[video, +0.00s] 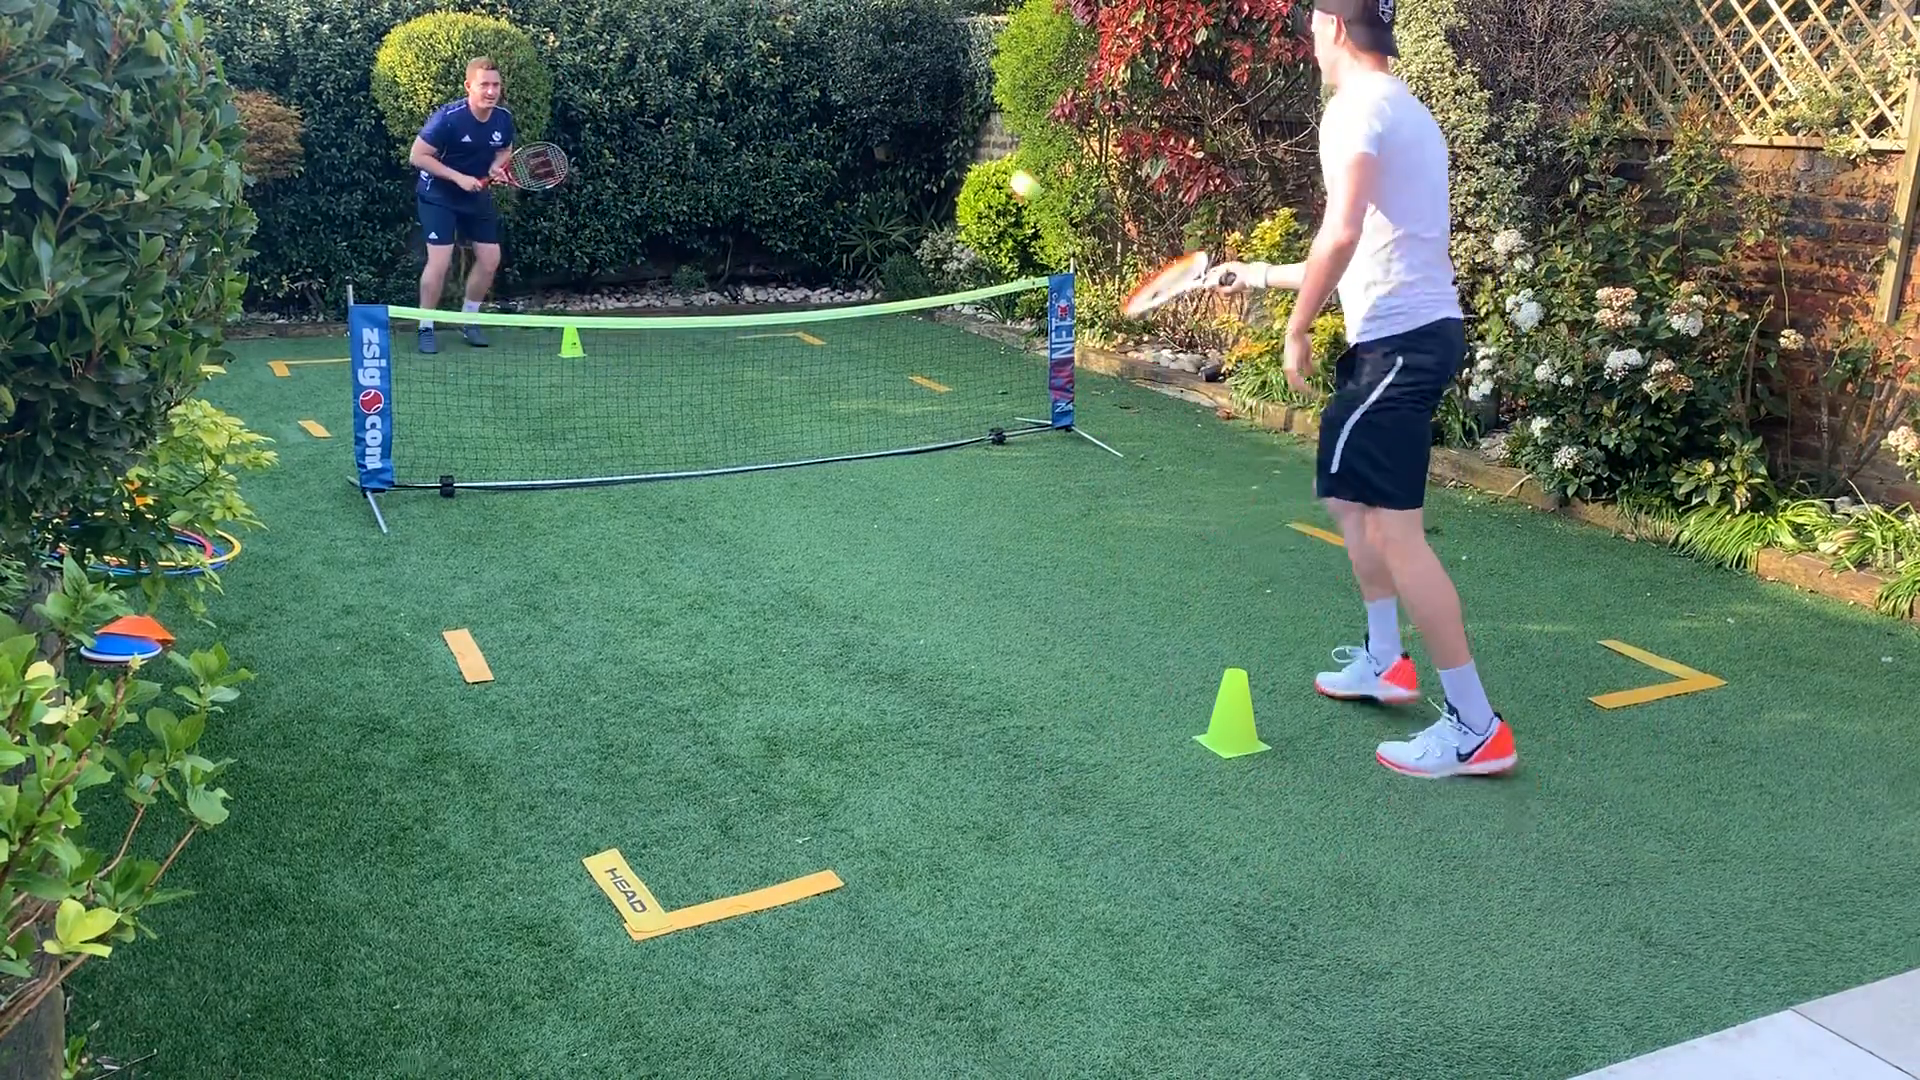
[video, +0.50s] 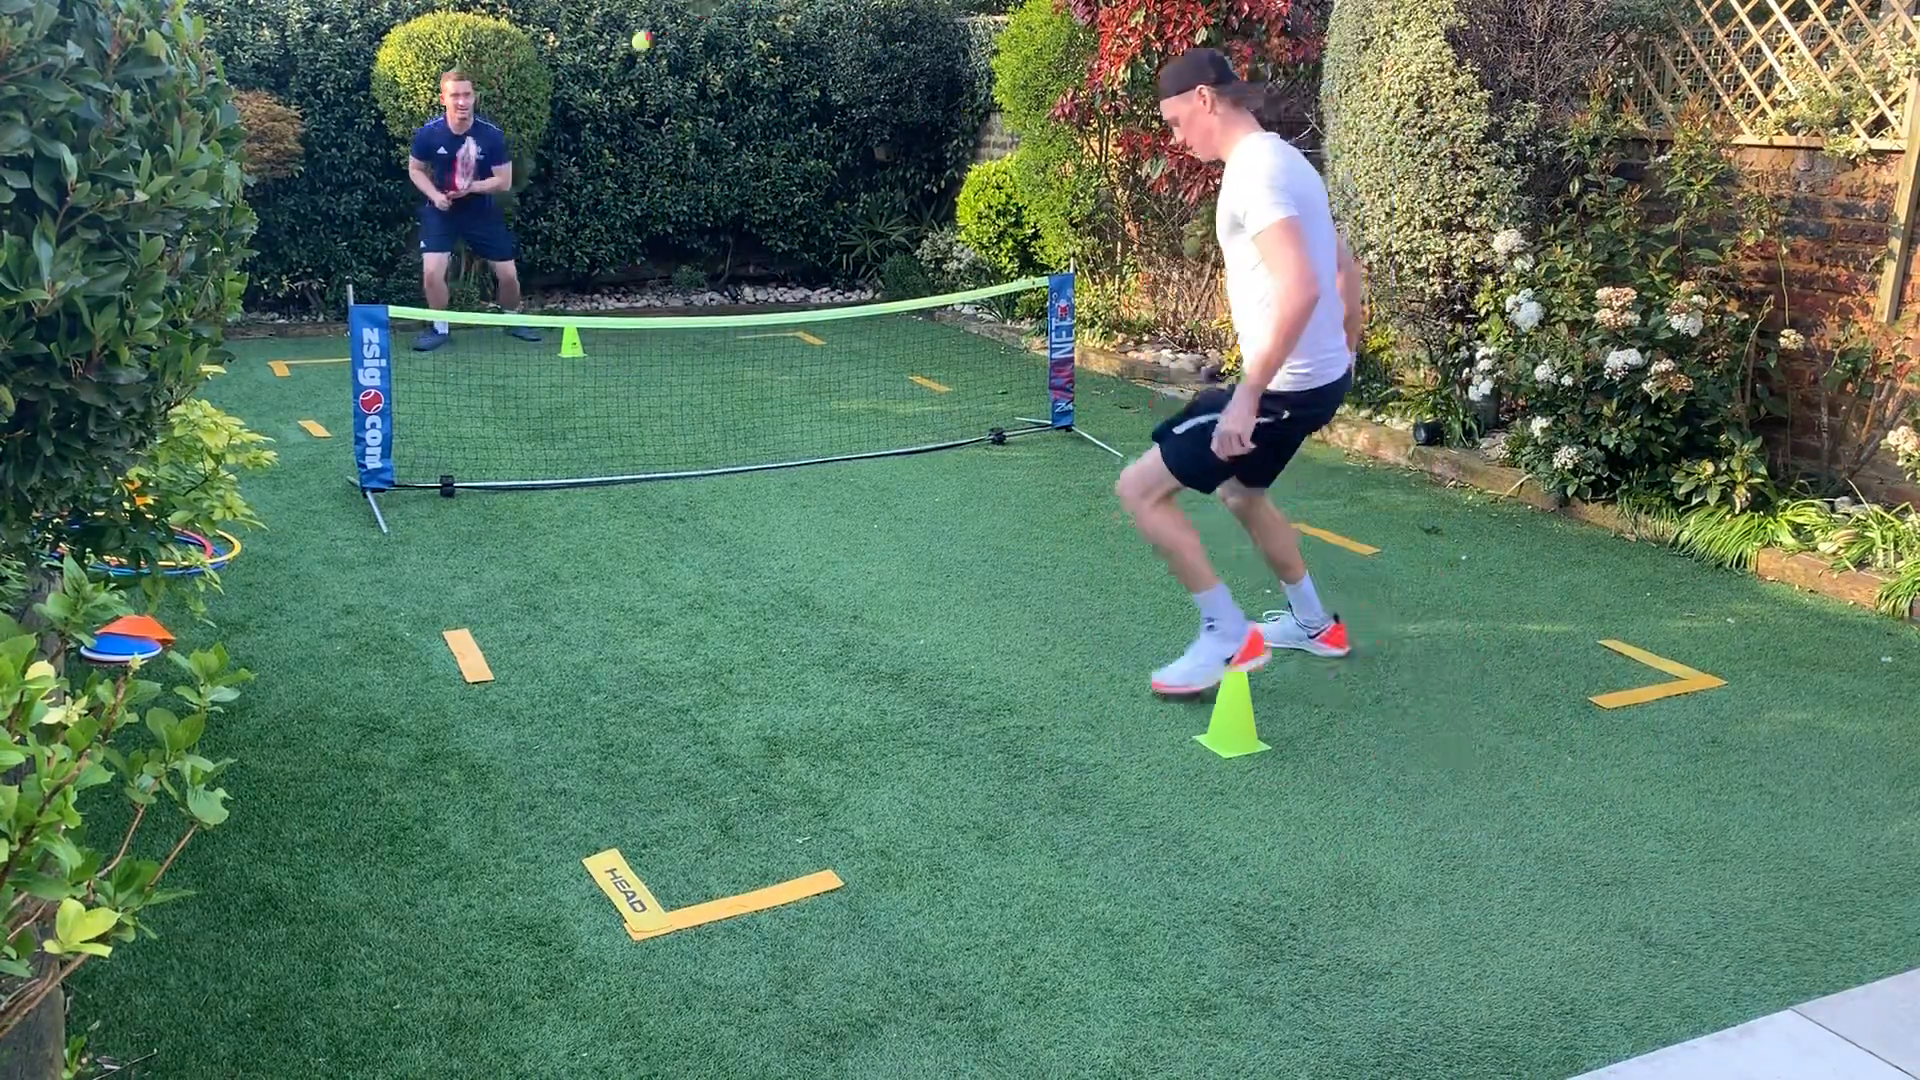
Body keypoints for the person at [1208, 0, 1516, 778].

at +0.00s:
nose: (1308, 41)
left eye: (1311, 26)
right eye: (1309, 27)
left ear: (1333, 27)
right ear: (1378, 31)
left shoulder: (1357, 104)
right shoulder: (1406, 108)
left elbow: (1345, 231)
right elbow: (1364, 254)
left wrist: (1299, 328)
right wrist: (1252, 274)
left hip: (1401, 337)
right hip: (1405, 334)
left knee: (1394, 530)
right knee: (1345, 489)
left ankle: (1476, 723)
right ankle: (1383, 658)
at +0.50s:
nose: (1177, 139)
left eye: (1175, 122)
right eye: (1170, 126)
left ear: (1205, 100)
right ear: (1213, 102)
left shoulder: (1255, 171)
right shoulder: (1286, 161)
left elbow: (1298, 288)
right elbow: (1346, 272)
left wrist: (1248, 392)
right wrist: (1344, 353)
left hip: (1285, 386)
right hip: (1314, 378)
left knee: (1138, 489)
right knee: (1241, 492)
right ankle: (1312, 620)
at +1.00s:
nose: (1095, 36)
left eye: (1096, 23)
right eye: (1097, 24)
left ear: (1110, 24)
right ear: (1177, 28)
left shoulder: (1136, 107)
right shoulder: (1235, 108)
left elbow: (1134, 250)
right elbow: (1311, 214)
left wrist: (1064, 293)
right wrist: (1287, 315)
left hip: (1191, 345)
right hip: (1245, 345)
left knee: (1102, 527)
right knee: (1127, 515)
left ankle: (1073, 740)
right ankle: (1108, 689)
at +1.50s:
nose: (1225, 76)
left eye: (1228, 61)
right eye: (1230, 60)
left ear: (1245, 73)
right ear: (1316, 74)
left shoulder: (1229, 181)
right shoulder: (1379, 174)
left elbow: (1211, 341)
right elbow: (1447, 319)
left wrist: (1198, 402)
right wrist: (1390, 402)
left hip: (1321, 442)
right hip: (1406, 435)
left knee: (1232, 654)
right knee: (1307, 579)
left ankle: (1277, 892)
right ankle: (1385, 773)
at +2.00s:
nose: (1412, 104)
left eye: (1417, 91)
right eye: (1416, 89)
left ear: (1439, 101)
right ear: (1495, 103)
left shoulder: (1411, 199)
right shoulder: (1553, 193)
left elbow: (1383, 359)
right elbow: (1566, 337)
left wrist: (1349, 386)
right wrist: (1447, 403)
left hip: (1474, 445)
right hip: (1571, 437)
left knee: (1393, 602)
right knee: (1588, 627)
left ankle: (1508, 772)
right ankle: (1646, 822)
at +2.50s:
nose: (1161, 118)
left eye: (1166, 102)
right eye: (1159, 104)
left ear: (1202, 96)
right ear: (1213, 98)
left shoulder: (1212, 171)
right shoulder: (1274, 162)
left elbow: (1222, 305)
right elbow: (1277, 297)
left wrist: (1182, 386)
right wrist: (1198, 368)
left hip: (1308, 385)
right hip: (1308, 376)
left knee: (1330, 558)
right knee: (1226, 490)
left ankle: (1493, 663)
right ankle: (1237, 628)